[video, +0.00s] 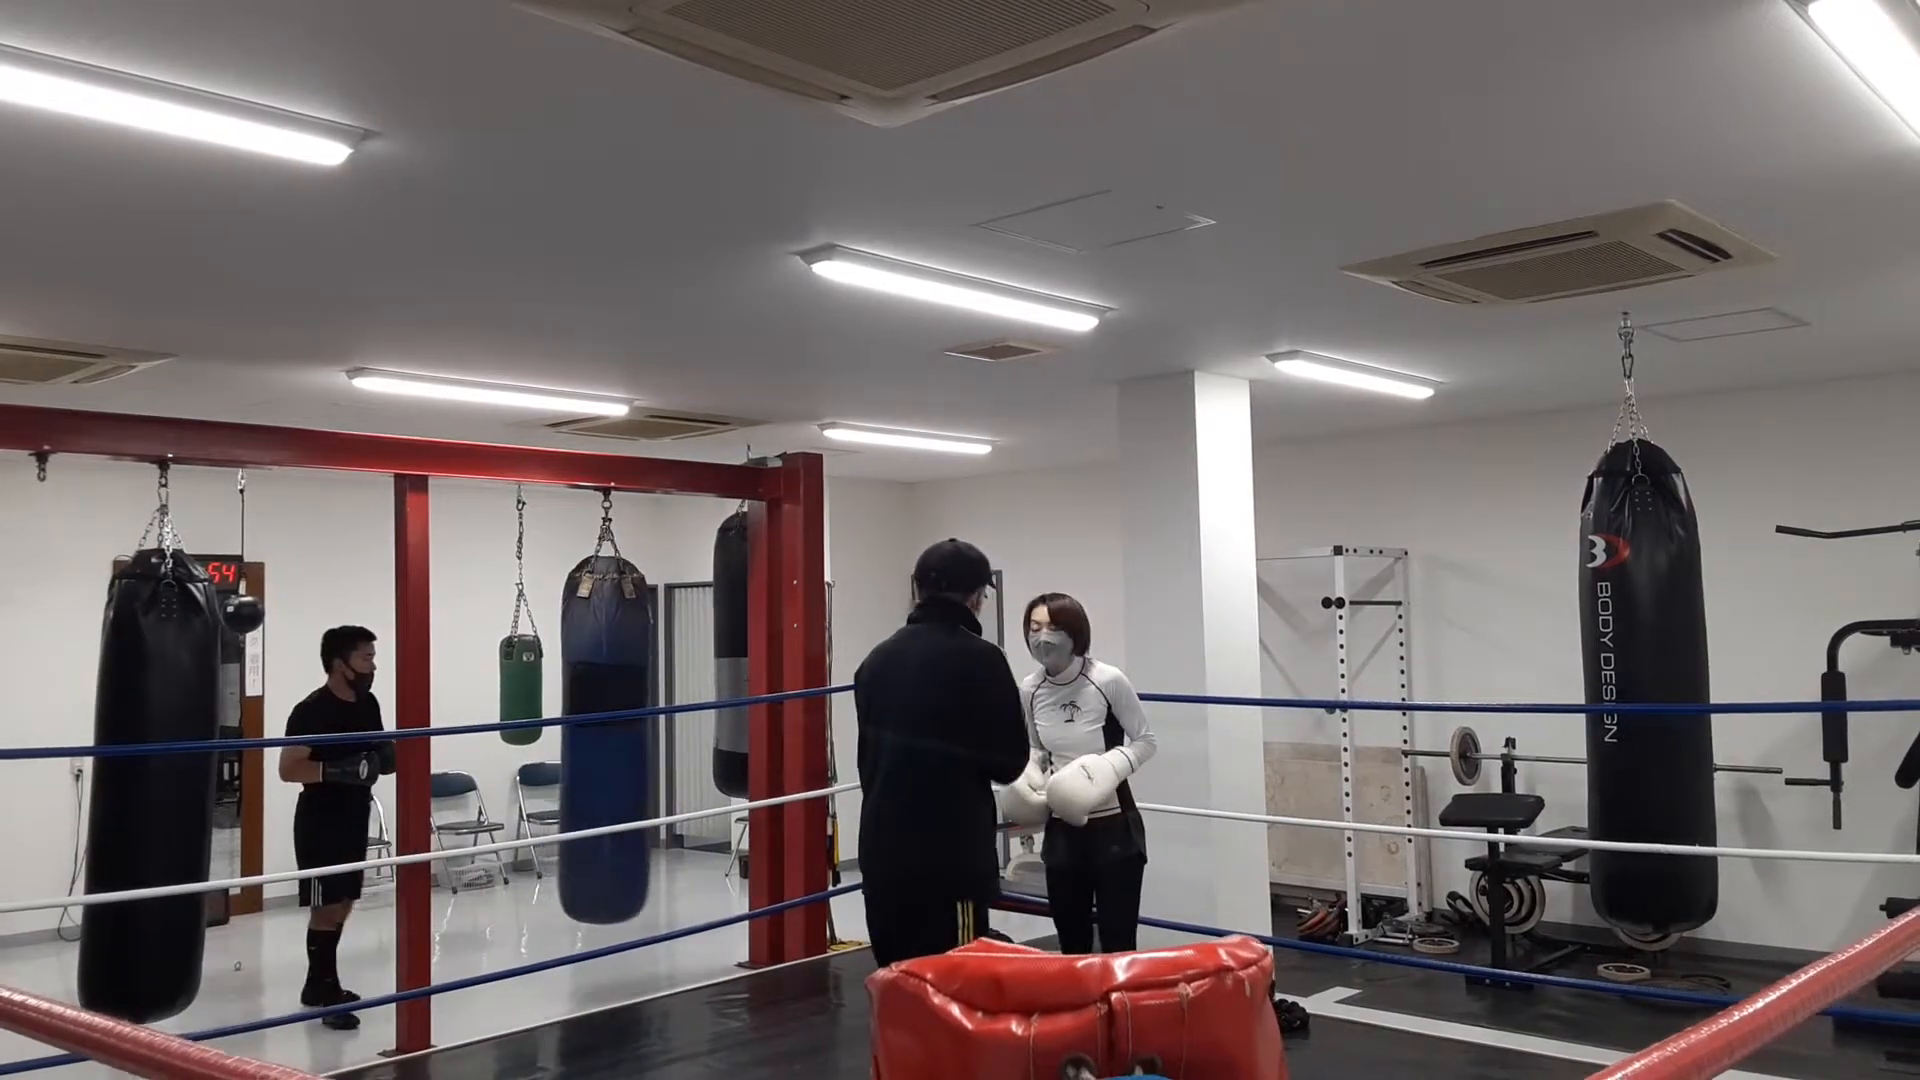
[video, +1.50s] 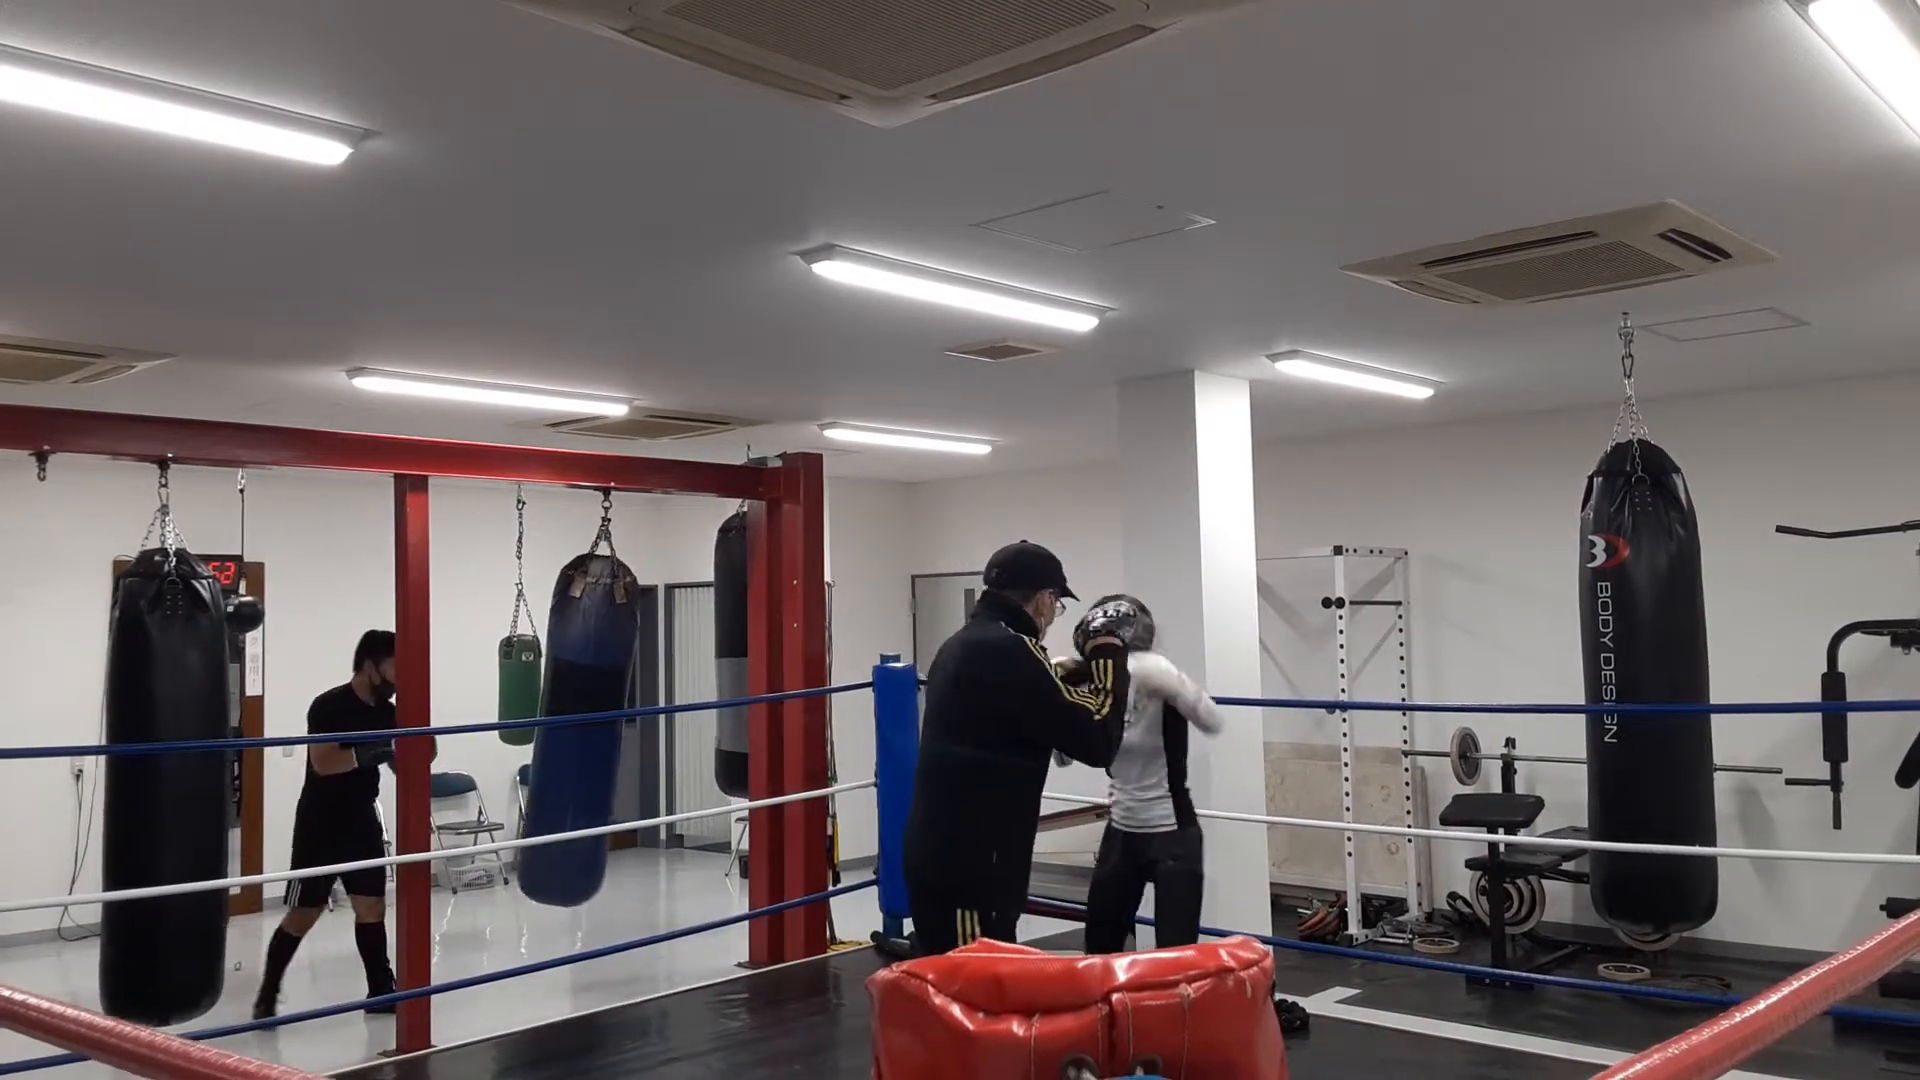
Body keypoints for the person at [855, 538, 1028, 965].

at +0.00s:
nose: (983, 604)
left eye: (983, 595)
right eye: (983, 595)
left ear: (921, 590)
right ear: (974, 598)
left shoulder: (875, 662)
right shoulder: (982, 658)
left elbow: (868, 766)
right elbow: (1009, 763)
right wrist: (951, 749)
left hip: (885, 852)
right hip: (957, 853)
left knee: (900, 989)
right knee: (956, 989)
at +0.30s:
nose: (985, 608)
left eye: (986, 600)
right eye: (986, 600)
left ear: (923, 592)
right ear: (979, 599)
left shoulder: (871, 661)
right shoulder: (984, 660)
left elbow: (853, 768)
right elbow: (1015, 761)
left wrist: (907, 781)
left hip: (882, 856)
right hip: (954, 857)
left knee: (899, 992)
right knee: (965, 991)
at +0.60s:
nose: (994, 608)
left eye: (995, 599)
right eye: (995, 599)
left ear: (934, 593)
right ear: (985, 598)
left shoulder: (887, 665)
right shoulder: (995, 663)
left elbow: (860, 770)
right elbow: (1022, 786)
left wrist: (922, 770)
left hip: (903, 861)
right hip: (976, 863)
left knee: (913, 998)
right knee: (977, 998)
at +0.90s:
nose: (1017, 613)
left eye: (1019, 603)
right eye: (1018, 602)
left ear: (956, 594)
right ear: (1007, 600)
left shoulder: (915, 662)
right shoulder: (998, 658)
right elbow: (1064, 776)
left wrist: (1043, 706)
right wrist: (1080, 729)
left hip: (925, 868)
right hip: (990, 873)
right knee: (996, 1005)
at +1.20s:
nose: (1032, 606)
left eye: (1034, 597)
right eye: (1033, 596)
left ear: (972, 589)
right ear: (1020, 596)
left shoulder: (931, 653)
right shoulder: (1007, 660)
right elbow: (1095, 751)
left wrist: (1049, 658)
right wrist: (1097, 661)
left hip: (933, 864)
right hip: (997, 871)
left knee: (946, 1005)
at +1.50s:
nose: (1056, 612)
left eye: (1058, 602)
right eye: (1056, 600)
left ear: (1000, 592)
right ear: (1039, 598)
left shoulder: (959, 646)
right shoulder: (1011, 653)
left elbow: (1004, 709)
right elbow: (1098, 743)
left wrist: (1059, 675)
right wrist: (1108, 655)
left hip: (937, 858)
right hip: (979, 866)